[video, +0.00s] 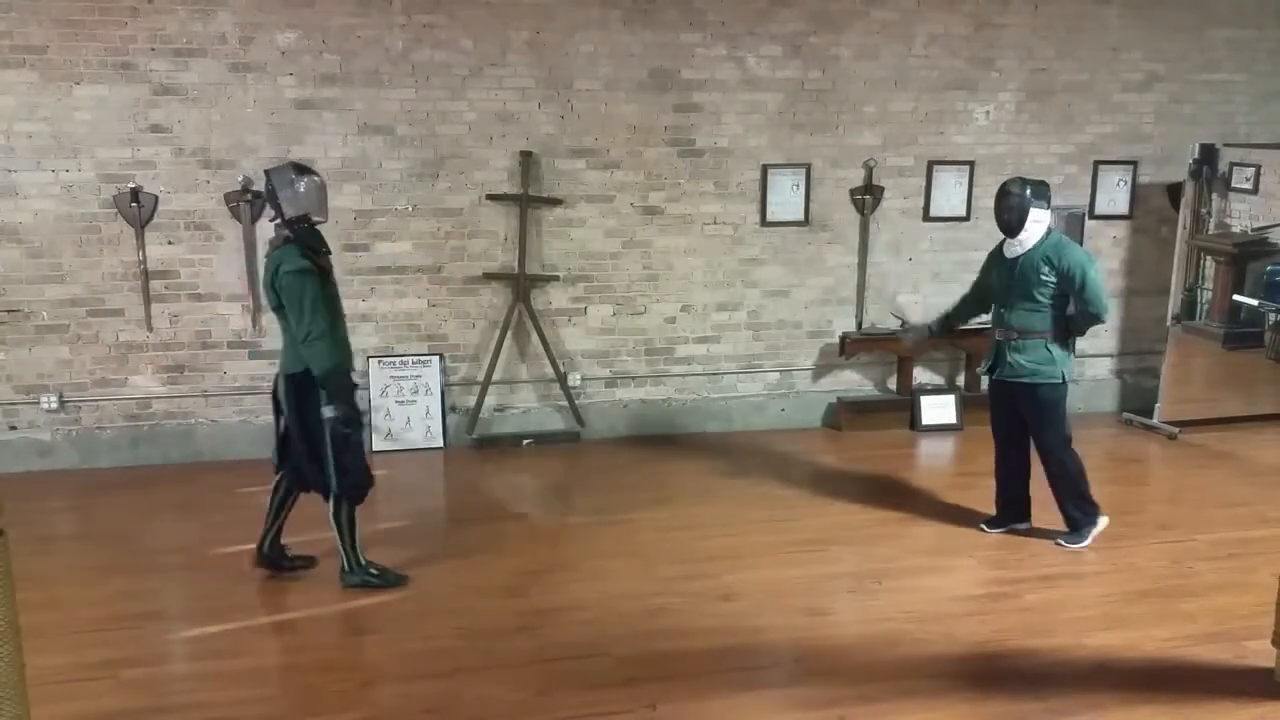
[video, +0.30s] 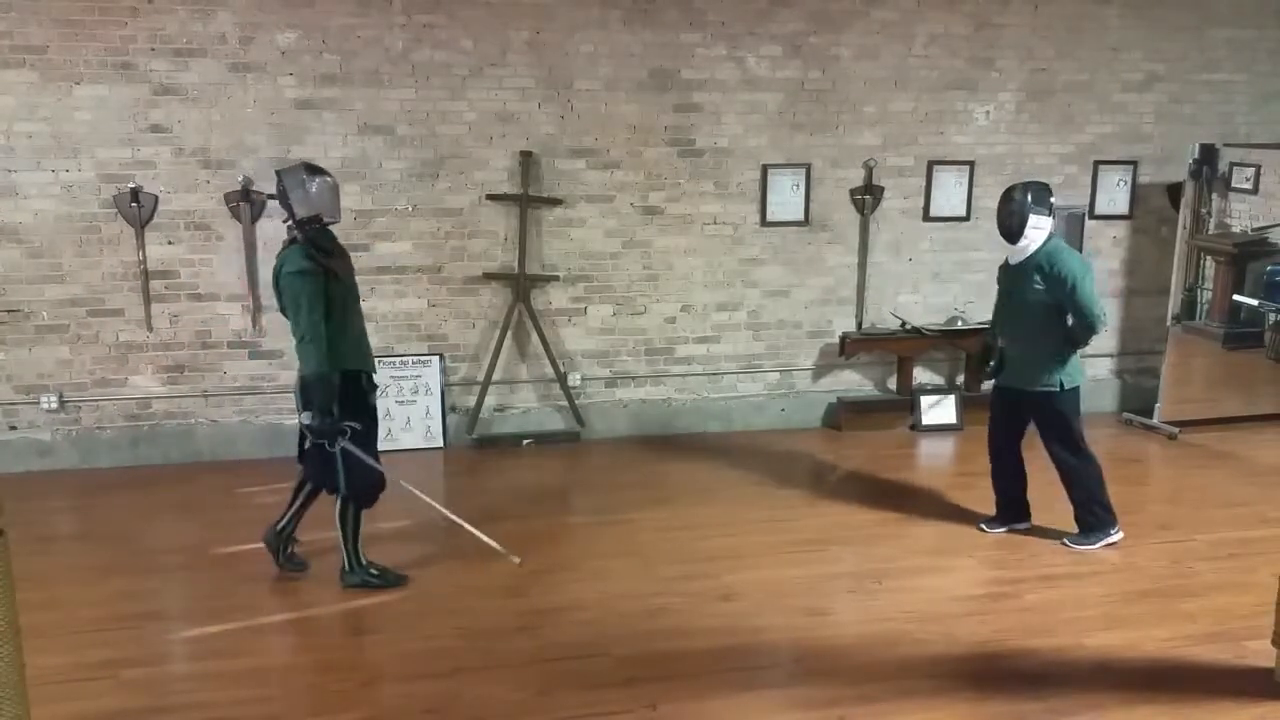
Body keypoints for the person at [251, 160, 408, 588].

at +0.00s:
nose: (321, 200)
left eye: (317, 192)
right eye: (314, 193)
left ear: (281, 204)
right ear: (301, 200)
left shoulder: (292, 251)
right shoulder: (297, 259)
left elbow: (306, 328)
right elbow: (314, 333)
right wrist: (338, 393)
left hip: (300, 378)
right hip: (314, 380)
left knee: (297, 467)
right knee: (344, 472)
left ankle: (270, 546)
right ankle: (354, 565)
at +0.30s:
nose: (331, 201)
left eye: (328, 192)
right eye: (322, 194)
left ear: (297, 202)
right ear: (307, 200)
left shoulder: (325, 248)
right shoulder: (300, 260)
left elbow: (341, 323)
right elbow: (309, 334)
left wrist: (362, 376)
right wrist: (319, 402)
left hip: (348, 377)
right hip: (332, 381)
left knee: (322, 462)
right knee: (354, 471)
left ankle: (282, 532)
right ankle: (354, 564)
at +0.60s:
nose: (338, 202)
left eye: (336, 194)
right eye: (330, 195)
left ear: (306, 202)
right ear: (312, 202)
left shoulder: (332, 248)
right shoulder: (306, 261)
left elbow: (347, 323)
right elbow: (315, 336)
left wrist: (367, 376)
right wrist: (325, 405)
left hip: (352, 377)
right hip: (337, 381)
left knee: (321, 462)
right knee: (359, 473)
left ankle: (281, 532)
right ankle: (355, 564)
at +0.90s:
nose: (347, 202)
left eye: (343, 194)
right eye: (340, 195)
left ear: (308, 203)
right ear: (325, 201)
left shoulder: (320, 252)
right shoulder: (323, 260)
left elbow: (334, 330)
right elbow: (340, 333)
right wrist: (360, 396)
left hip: (324, 379)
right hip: (339, 383)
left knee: (314, 463)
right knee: (362, 476)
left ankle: (273, 537)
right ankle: (355, 565)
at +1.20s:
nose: (356, 208)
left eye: (352, 201)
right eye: (351, 201)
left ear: (313, 208)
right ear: (341, 206)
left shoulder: (312, 255)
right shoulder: (334, 261)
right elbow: (389, 297)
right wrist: (455, 324)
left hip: (312, 377)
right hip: (339, 380)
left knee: (298, 464)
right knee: (360, 474)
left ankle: (257, 541)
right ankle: (355, 566)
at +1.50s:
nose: (353, 210)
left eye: (350, 202)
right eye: (348, 202)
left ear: (309, 210)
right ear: (337, 204)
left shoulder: (306, 253)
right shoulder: (330, 248)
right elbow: (381, 235)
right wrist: (445, 210)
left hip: (307, 376)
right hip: (335, 376)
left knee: (279, 461)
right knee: (363, 473)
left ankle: (236, 541)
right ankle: (355, 565)